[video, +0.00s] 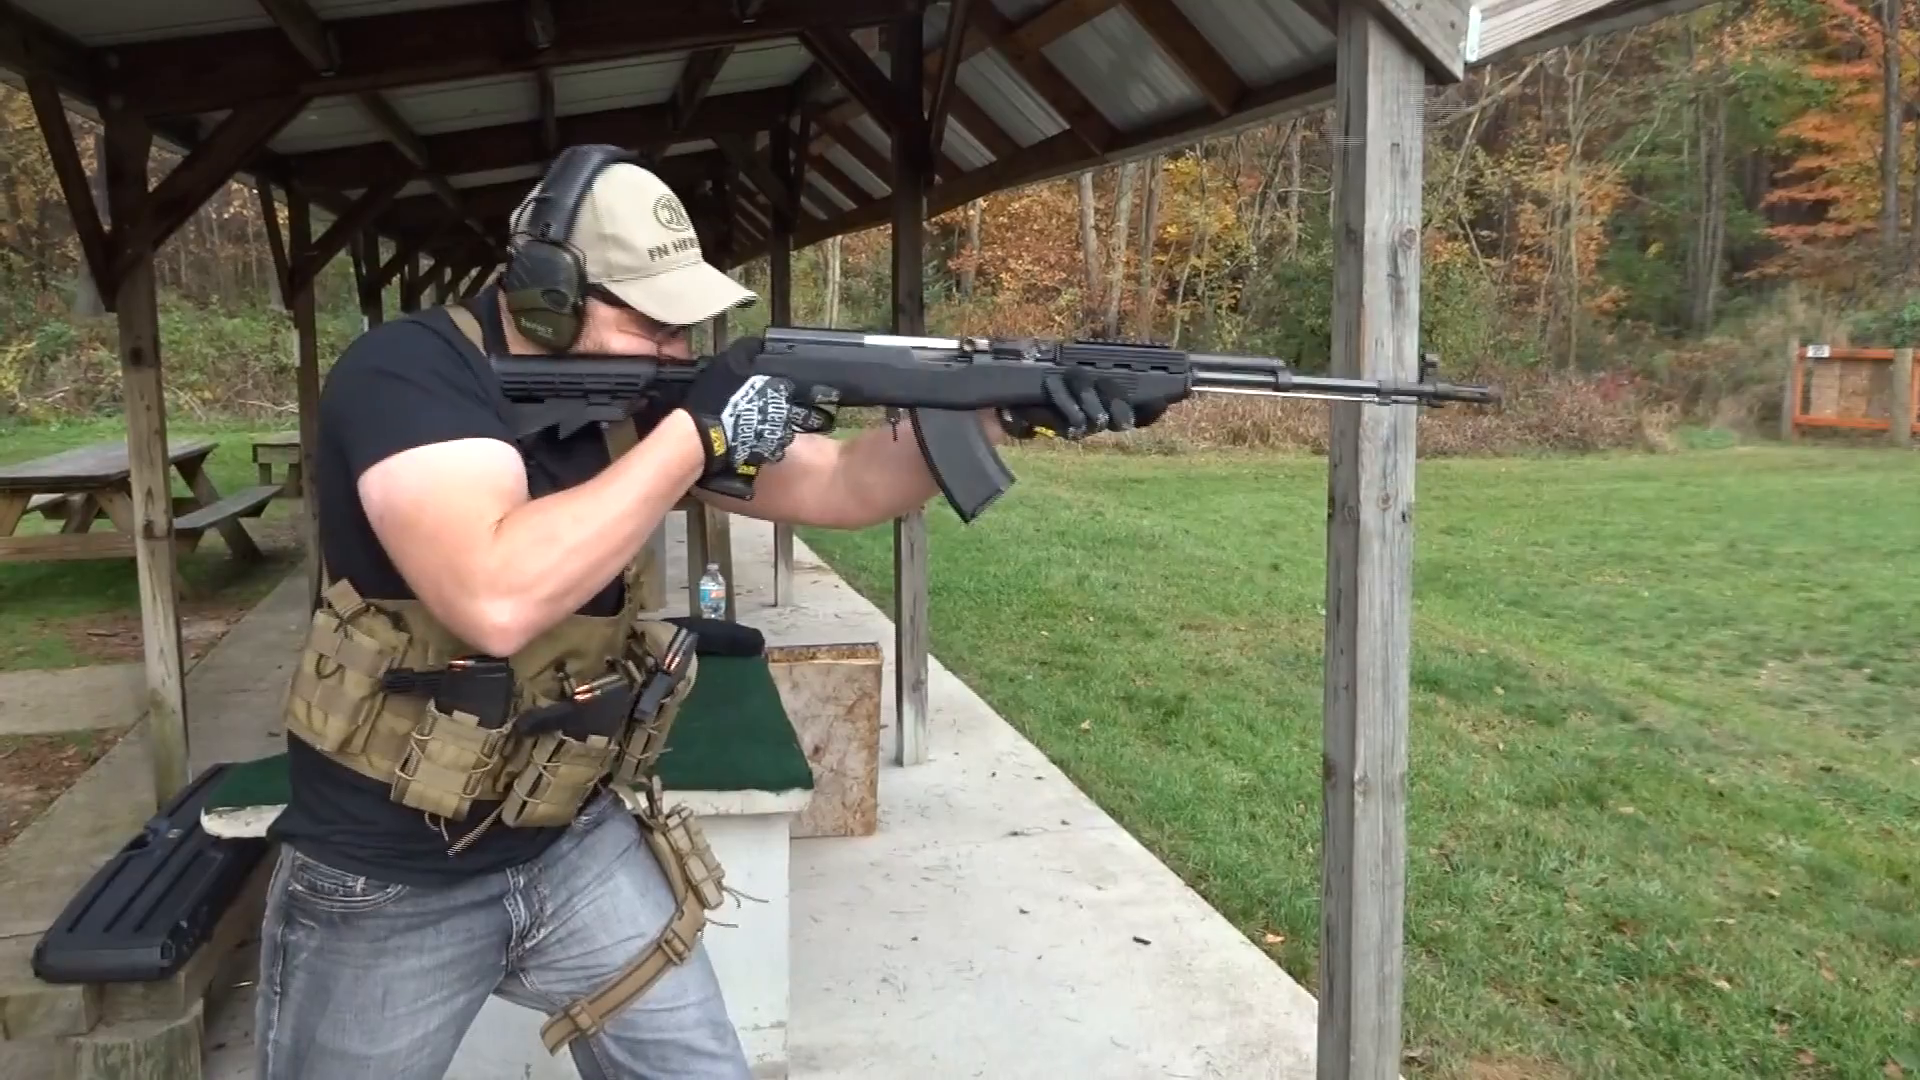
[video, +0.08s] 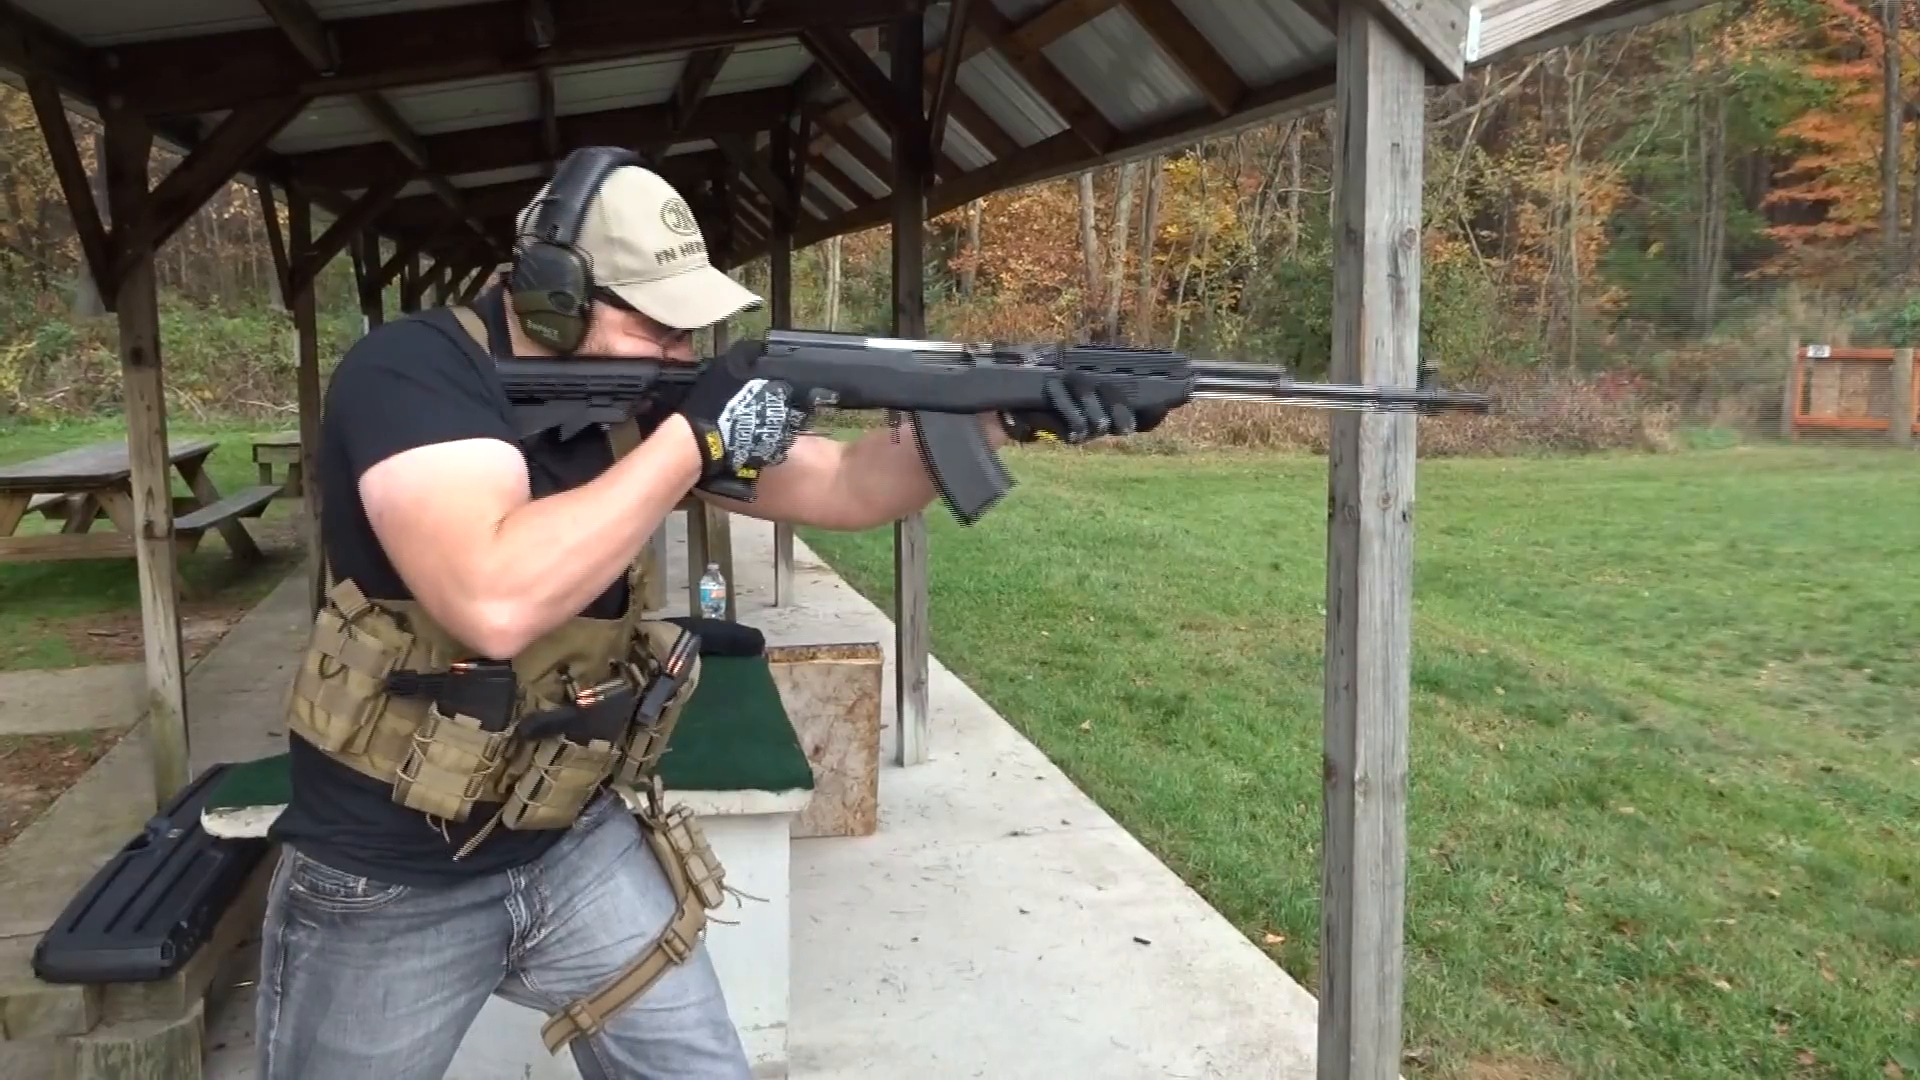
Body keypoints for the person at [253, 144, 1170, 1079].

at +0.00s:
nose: (670, 350)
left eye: (677, 327)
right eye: (644, 324)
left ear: (669, 304)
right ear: (547, 299)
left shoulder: (629, 400)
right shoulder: (398, 380)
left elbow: (842, 478)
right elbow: (495, 596)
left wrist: (1025, 399)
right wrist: (696, 428)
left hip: (580, 844)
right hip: (385, 886)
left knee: (704, 1068)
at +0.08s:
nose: (678, 350)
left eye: (685, 328)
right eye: (653, 326)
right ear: (552, 302)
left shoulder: (636, 396)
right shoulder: (402, 379)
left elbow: (845, 482)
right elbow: (495, 599)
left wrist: (1023, 404)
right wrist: (692, 431)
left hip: (582, 841)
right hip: (387, 883)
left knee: (703, 1064)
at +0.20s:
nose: (671, 349)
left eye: (677, 327)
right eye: (644, 324)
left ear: (670, 306)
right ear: (547, 300)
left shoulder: (632, 394)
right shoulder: (399, 378)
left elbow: (839, 480)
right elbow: (494, 597)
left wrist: (1021, 405)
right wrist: (692, 427)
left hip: (580, 843)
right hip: (387, 885)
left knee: (702, 1064)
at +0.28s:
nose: (673, 351)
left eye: (680, 329)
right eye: (648, 326)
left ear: (674, 310)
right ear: (551, 302)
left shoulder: (636, 392)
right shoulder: (400, 377)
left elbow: (842, 481)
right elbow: (490, 600)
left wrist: (1014, 407)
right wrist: (691, 431)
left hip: (580, 844)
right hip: (388, 887)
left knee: (703, 1065)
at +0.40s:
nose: (668, 350)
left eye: (674, 327)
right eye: (641, 326)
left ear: (668, 303)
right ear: (542, 303)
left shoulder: (627, 397)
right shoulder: (394, 379)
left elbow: (835, 479)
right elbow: (489, 598)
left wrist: (1015, 402)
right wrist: (689, 429)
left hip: (578, 844)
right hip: (387, 889)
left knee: (702, 1062)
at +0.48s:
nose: (668, 353)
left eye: (675, 330)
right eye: (642, 328)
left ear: (669, 303)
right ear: (546, 302)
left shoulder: (632, 394)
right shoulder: (395, 378)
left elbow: (837, 481)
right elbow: (484, 599)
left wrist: (1010, 406)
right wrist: (688, 432)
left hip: (580, 844)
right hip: (387, 886)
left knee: (702, 1064)